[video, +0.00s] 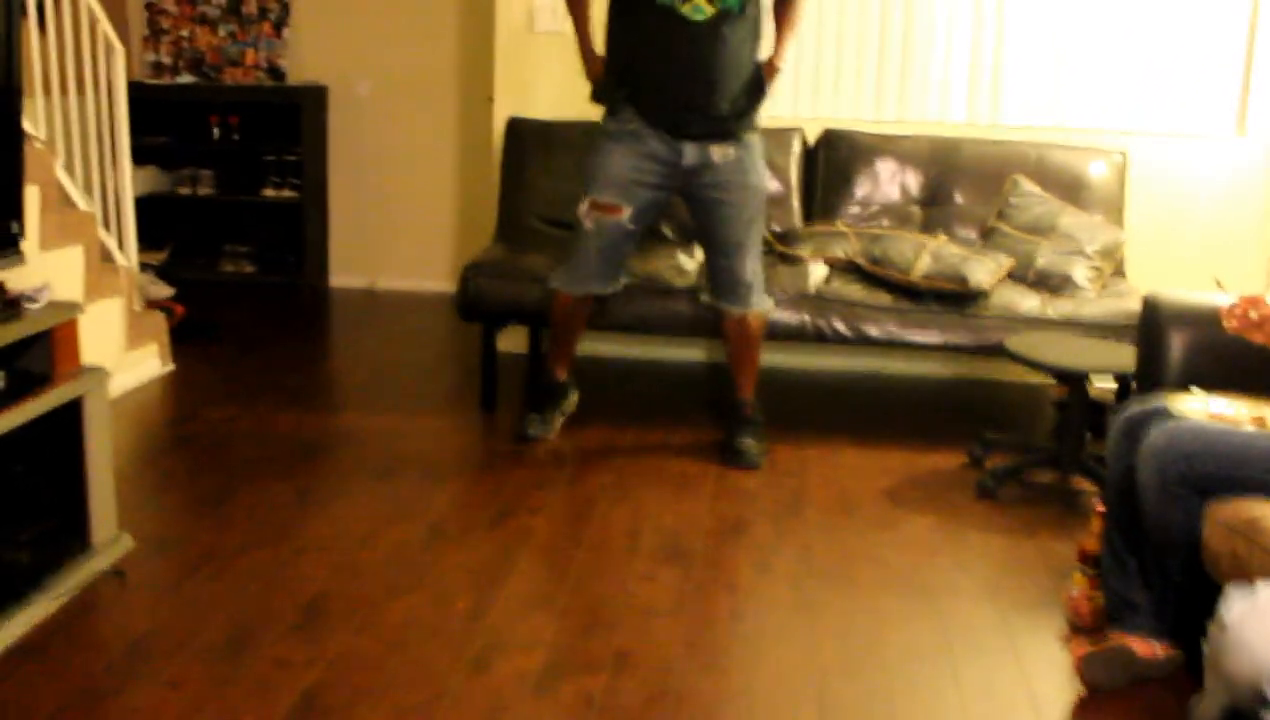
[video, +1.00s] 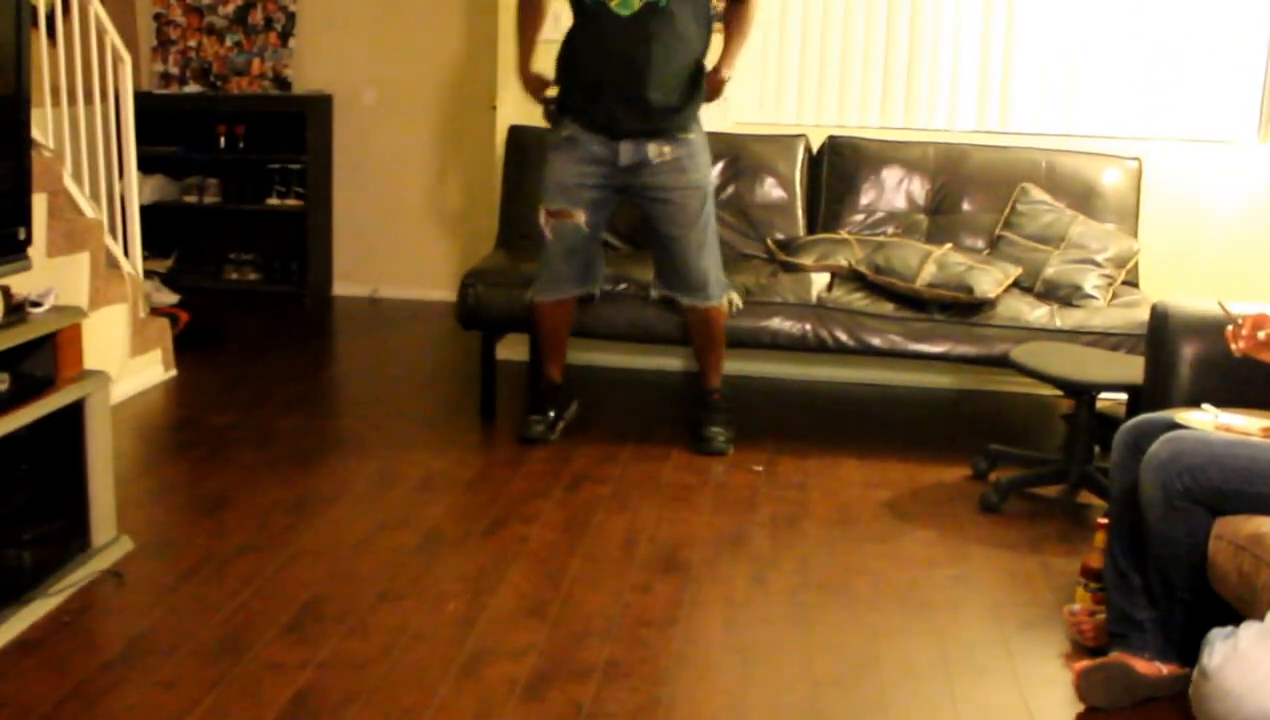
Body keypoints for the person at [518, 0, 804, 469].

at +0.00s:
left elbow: (788, 2)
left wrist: (776, 58)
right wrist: (590, 57)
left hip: (729, 131)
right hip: (638, 124)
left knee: (741, 287)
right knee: (584, 269)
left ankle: (745, 415)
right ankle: (555, 385)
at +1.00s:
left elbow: (741, 3)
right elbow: (533, 1)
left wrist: (722, 69)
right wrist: (526, 67)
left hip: (672, 131)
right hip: (582, 127)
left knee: (702, 281)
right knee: (556, 271)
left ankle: (712, 401)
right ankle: (551, 393)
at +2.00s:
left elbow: (747, 25)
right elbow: (545, 14)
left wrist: (702, 20)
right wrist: (585, 44)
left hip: (692, 137)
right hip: (599, 135)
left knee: (721, 282)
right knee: (566, 272)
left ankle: (729, 404)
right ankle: (559, 398)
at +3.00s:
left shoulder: (756, 3)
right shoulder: (615, 2)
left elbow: (808, 69)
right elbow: (593, 76)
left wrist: (808, 28)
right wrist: (568, 46)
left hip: (733, 177)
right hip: (639, 174)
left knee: (757, 321)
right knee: (596, 301)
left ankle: (754, 438)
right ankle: (577, 432)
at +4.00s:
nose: (688, 147)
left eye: (698, 135)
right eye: (675, 136)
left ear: (714, 132)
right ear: (654, 135)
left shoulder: (751, 201)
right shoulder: (615, 195)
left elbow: (770, 294)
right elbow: (594, 288)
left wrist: (726, 272)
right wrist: (668, 257)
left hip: (721, 402)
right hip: (630, 399)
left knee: (752, 548)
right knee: (601, 526)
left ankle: (757, 665)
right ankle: (583, 662)